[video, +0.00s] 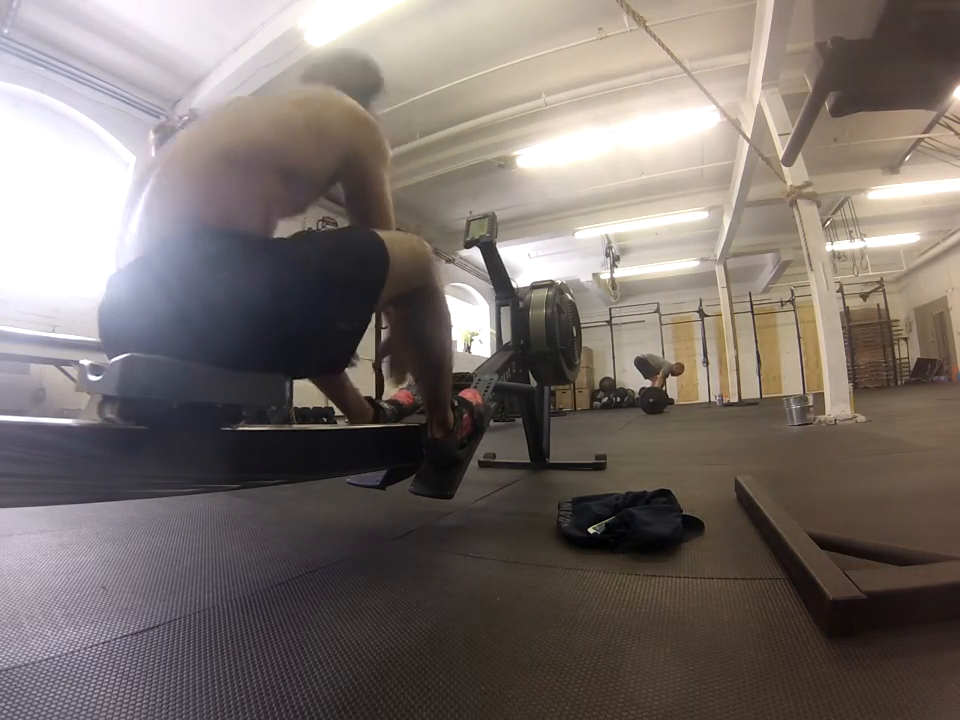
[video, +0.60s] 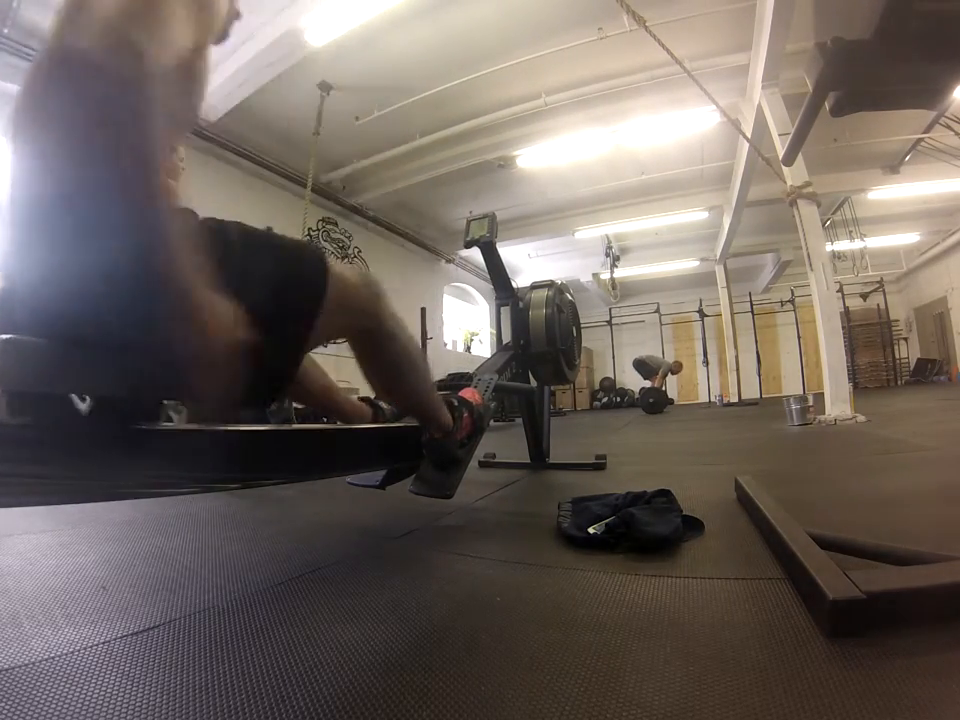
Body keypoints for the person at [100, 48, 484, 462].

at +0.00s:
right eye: (371, 105)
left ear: (307, 77)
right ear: (364, 96)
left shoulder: (239, 115)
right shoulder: (356, 125)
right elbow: (382, 257)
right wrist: (397, 335)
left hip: (126, 312)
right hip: (220, 298)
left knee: (288, 294)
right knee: (415, 263)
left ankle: (364, 418)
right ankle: (443, 426)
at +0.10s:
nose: (347, 92)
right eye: (350, 83)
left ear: (282, 56)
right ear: (338, 72)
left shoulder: (215, 95)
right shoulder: (336, 96)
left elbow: (125, 178)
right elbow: (384, 225)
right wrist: (393, 298)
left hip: (117, 309)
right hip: (212, 300)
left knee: (283, 291)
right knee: (412, 263)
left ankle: (364, 417)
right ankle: (443, 427)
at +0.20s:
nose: (328, 56)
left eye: (327, 48)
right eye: (325, 46)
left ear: (254, 29)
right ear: (315, 38)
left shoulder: (196, 76)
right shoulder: (308, 64)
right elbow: (392, 211)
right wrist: (431, 301)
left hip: (102, 305)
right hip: (195, 291)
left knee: (278, 287)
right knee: (412, 266)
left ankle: (364, 415)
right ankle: (444, 427)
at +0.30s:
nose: (311, 43)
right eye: (307, 31)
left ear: (236, 12)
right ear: (291, 15)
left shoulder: (174, 60)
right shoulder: (269, 37)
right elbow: (373, 183)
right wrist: (434, 254)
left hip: (85, 297)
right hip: (171, 279)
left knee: (279, 304)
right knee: (402, 275)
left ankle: (362, 414)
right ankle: (445, 426)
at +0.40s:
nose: (281, 40)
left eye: (282, 36)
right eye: (278, 29)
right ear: (257, 6)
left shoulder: (150, 47)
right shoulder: (225, 17)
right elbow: (318, 155)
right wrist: (418, 259)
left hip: (73, 286)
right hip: (142, 269)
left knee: (274, 309)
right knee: (389, 280)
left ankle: (367, 421)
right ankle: (445, 429)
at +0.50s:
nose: (243, 35)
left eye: (245, 32)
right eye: (240, 24)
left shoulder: (107, 48)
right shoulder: (184, 12)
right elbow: (210, 101)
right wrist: (302, 262)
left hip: (56, 286)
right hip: (129, 272)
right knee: (376, 289)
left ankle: (359, 413)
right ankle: (445, 428)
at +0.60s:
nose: (227, 29)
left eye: (226, 31)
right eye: (226, 23)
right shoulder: (178, 8)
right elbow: (121, 72)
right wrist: (194, 293)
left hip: (49, 261)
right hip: (117, 252)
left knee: (244, 310)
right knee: (360, 294)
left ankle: (358, 415)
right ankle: (445, 424)